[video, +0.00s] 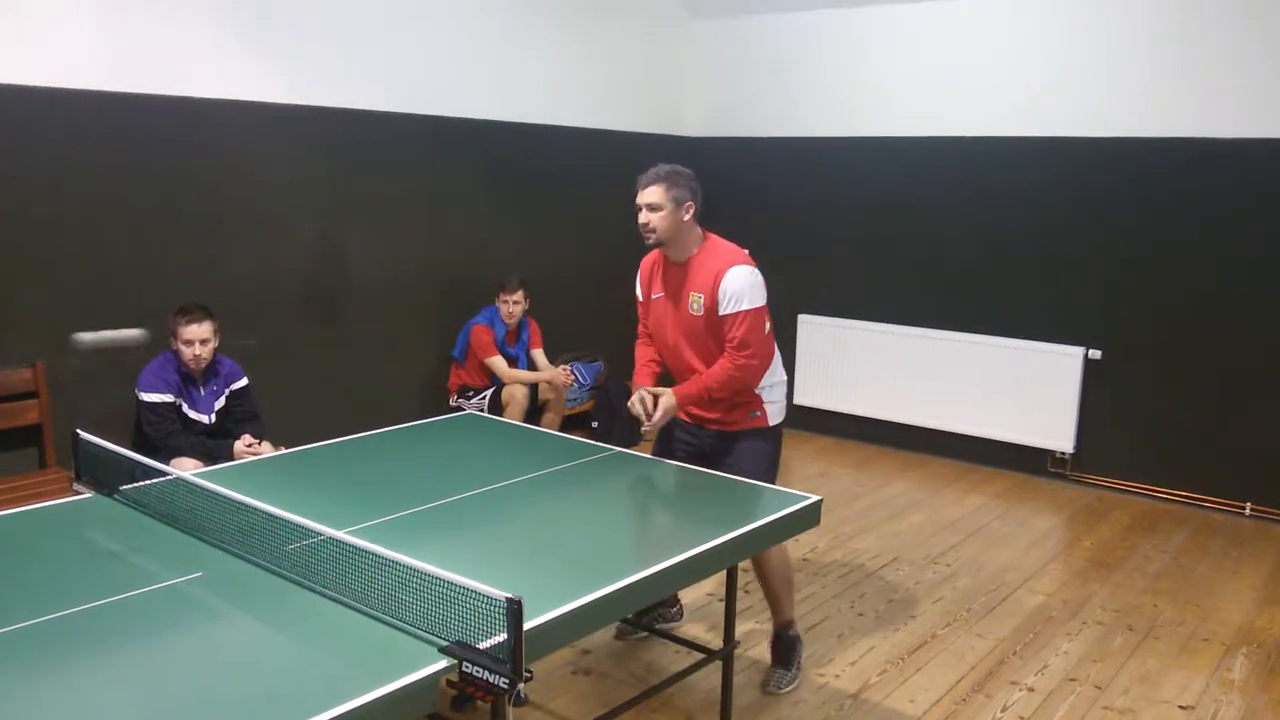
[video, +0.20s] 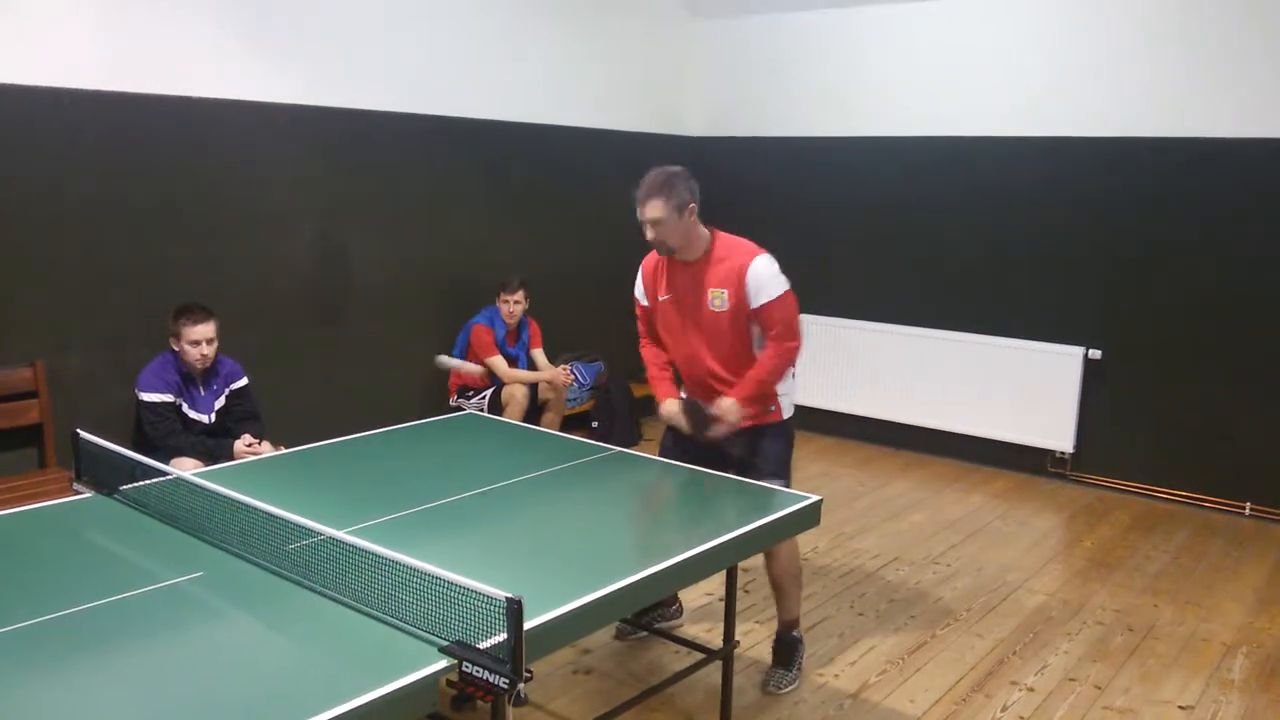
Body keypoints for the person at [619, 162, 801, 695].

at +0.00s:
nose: (641, 219)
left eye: (651, 209)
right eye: (639, 210)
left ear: (687, 210)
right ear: (646, 214)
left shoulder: (734, 272)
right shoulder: (649, 268)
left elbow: (746, 360)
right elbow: (647, 337)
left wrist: (678, 397)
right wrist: (644, 383)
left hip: (748, 417)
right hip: (688, 413)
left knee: (751, 520)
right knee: (652, 502)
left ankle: (786, 636)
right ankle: (663, 600)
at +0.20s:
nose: (650, 236)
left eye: (658, 223)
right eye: (644, 225)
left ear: (690, 212)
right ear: (645, 221)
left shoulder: (750, 264)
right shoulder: (651, 270)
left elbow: (785, 341)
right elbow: (651, 341)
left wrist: (742, 398)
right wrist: (665, 395)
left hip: (758, 419)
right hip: (691, 416)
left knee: (774, 524)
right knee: (656, 505)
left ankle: (789, 638)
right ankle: (663, 599)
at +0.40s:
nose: (679, 261)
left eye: (683, 250)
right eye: (671, 254)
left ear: (709, 229)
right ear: (663, 244)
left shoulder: (775, 264)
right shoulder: (668, 280)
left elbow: (822, 328)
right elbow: (669, 348)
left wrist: (814, 403)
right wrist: (695, 402)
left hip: (781, 415)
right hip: (717, 416)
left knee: (801, 519)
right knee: (679, 507)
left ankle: (812, 626)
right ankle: (663, 599)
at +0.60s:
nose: (747, 221)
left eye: (754, 211)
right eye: (742, 213)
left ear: (784, 197)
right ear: (737, 205)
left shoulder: (825, 259)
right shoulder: (735, 222)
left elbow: (876, 328)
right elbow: (702, 191)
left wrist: (852, 399)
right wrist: (674, 172)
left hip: (788, 411)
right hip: (729, 393)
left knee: (798, 523)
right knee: (687, 499)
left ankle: (809, 631)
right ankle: (660, 594)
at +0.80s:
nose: (776, 216)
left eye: (784, 205)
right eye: (771, 207)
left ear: (818, 194)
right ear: (784, 199)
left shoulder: (837, 266)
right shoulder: (825, 217)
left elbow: (861, 349)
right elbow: (860, 192)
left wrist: (830, 412)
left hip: (794, 407)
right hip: (746, 381)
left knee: (801, 521)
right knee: (685, 464)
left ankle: (809, 628)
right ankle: (674, 577)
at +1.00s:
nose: (796, 203)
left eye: (806, 194)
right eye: (791, 193)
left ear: (838, 190)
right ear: (789, 191)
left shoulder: (866, 255)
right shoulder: (798, 234)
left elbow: (885, 333)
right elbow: (797, 307)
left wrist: (834, 379)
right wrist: (775, 363)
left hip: (820, 412)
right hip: (766, 392)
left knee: (818, 518)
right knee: (734, 477)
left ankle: (813, 629)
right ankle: (790, 534)